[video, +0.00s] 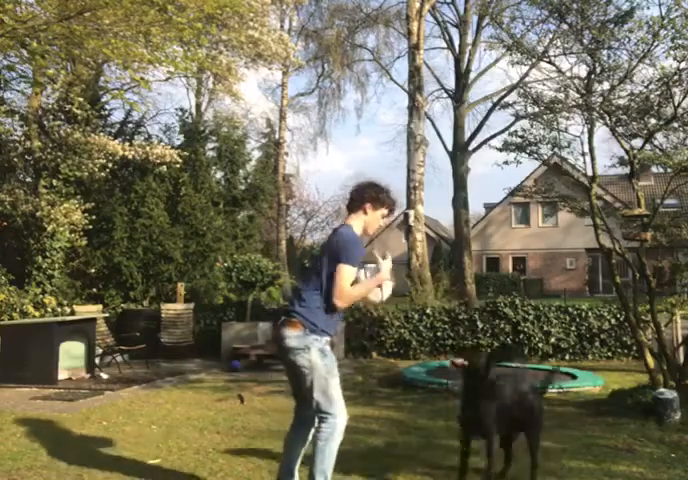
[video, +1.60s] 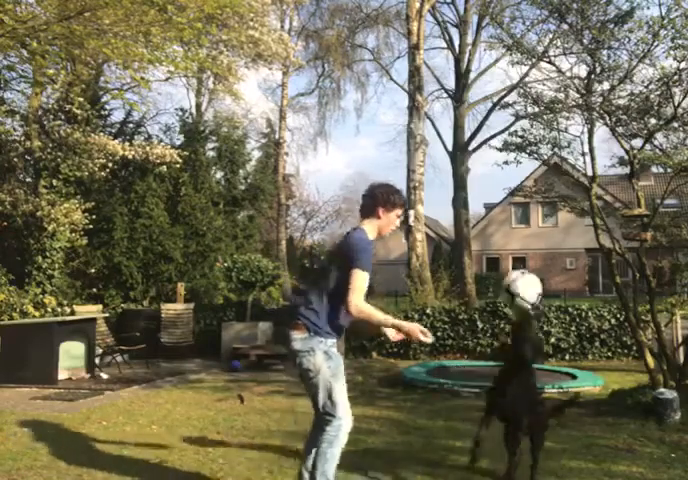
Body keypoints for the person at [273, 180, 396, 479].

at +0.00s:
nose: (382, 224)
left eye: (385, 218)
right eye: (383, 216)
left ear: (363, 209)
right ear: (367, 208)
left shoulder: (338, 237)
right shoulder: (349, 241)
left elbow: (337, 291)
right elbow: (340, 298)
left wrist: (369, 290)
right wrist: (378, 278)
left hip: (292, 331)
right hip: (307, 336)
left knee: (306, 412)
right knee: (334, 416)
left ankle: (286, 474)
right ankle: (321, 475)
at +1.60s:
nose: (398, 224)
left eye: (400, 218)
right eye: (397, 216)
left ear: (374, 211)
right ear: (381, 211)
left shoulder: (353, 241)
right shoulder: (361, 243)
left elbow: (348, 306)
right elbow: (355, 304)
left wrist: (384, 326)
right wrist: (402, 325)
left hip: (311, 336)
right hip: (314, 338)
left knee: (328, 416)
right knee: (339, 418)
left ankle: (309, 473)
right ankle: (320, 475)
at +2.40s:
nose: (611, 353)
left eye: (613, 345)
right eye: (610, 344)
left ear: (582, 336)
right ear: (592, 340)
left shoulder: (554, 355)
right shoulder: (567, 367)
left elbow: (578, 413)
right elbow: (623, 422)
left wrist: (625, 444)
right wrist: (682, 450)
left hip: (449, 395)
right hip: (467, 402)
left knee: (426, 463)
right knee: (555, 430)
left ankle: (343, 475)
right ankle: (552, 478)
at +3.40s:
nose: (588, 252)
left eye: (591, 246)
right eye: (590, 245)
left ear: (557, 231)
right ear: (582, 241)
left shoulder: (525, 259)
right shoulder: (540, 277)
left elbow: (502, 331)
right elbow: (519, 352)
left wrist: (548, 345)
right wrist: (570, 367)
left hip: (468, 361)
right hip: (482, 367)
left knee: (482, 437)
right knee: (558, 437)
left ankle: (414, 476)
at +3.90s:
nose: (456, 211)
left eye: (459, 205)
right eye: (457, 203)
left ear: (439, 193)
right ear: (440, 192)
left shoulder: (410, 225)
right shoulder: (416, 229)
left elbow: (413, 294)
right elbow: (408, 296)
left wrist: (457, 308)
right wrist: (460, 310)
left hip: (402, 340)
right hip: (403, 342)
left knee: (424, 426)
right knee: (435, 428)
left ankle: (399, 475)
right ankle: (396, 476)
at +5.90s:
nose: (437, 263)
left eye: (440, 257)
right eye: (438, 255)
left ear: (420, 243)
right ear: (425, 245)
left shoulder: (380, 258)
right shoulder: (394, 267)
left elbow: (343, 320)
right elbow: (353, 319)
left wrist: (369, 359)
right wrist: (386, 358)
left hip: (304, 335)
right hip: (316, 339)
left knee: (333, 424)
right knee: (351, 428)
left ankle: (325, 476)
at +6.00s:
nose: (438, 261)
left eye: (441, 255)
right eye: (440, 253)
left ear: (422, 244)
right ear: (426, 245)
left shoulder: (384, 261)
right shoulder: (398, 269)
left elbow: (342, 322)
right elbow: (355, 320)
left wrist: (368, 361)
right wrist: (386, 362)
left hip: (312, 338)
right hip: (318, 342)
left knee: (348, 425)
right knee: (356, 429)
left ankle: (332, 475)